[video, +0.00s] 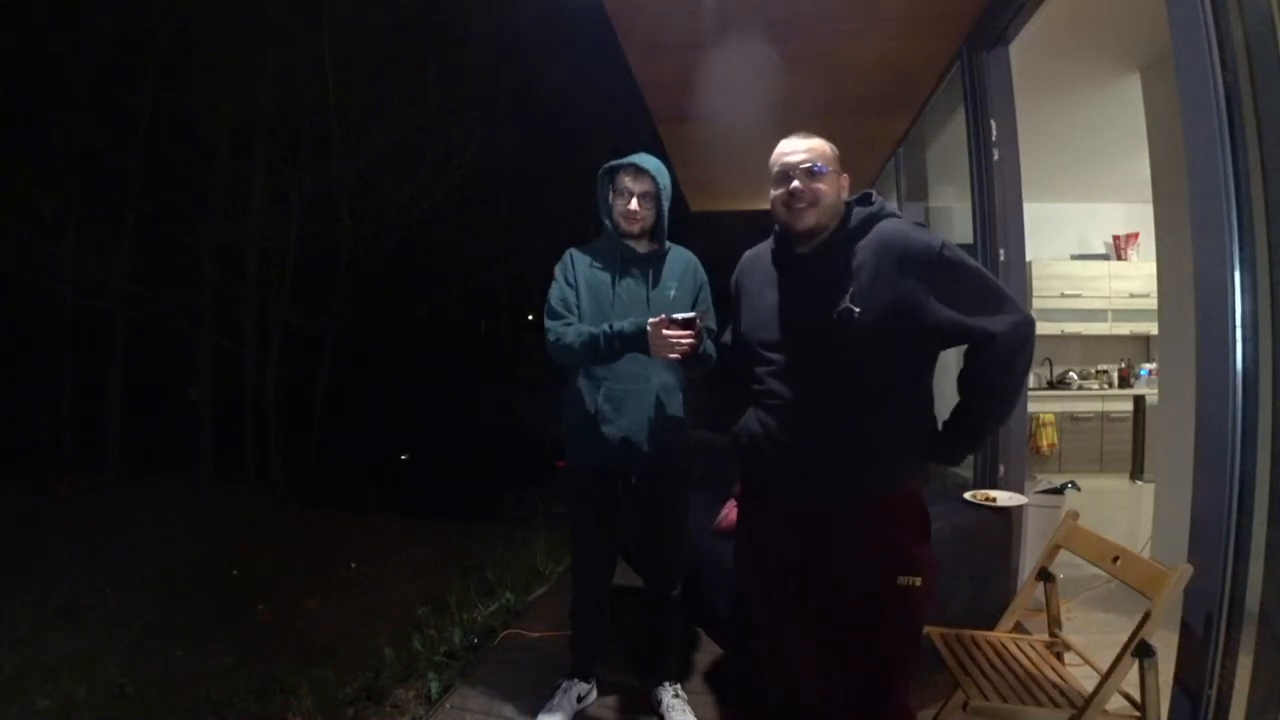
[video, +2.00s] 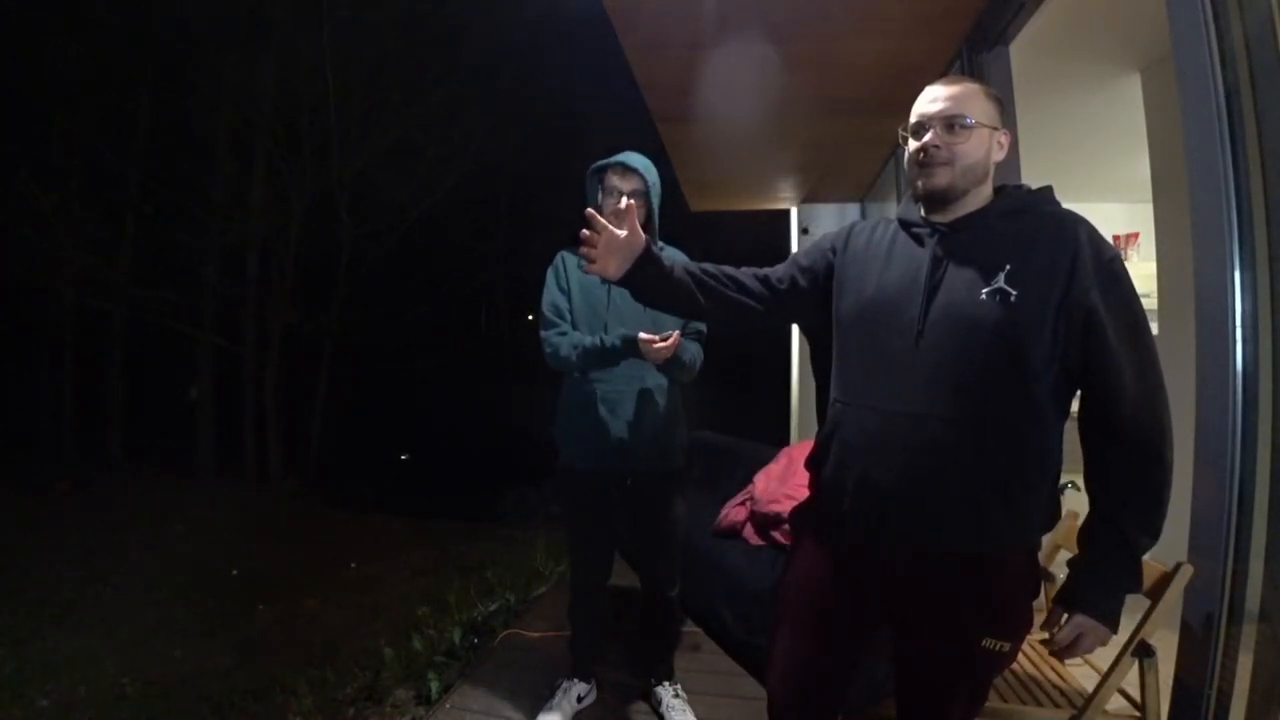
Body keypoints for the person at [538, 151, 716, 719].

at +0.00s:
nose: (633, 206)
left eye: (645, 197)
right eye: (623, 196)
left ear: (661, 204)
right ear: (608, 202)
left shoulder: (685, 266)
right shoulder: (577, 264)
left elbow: (709, 349)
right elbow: (558, 341)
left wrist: (695, 346)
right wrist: (637, 336)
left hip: (664, 442)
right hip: (594, 441)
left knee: (665, 564)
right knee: (590, 564)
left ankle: (668, 682)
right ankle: (581, 679)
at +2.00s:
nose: (625, 207)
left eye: (636, 197)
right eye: (615, 196)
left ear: (651, 204)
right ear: (595, 201)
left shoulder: (672, 267)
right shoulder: (568, 266)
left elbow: (695, 356)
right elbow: (556, 348)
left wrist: (673, 347)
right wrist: (628, 344)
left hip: (656, 445)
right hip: (588, 443)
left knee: (660, 566)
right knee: (588, 565)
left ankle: (661, 678)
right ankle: (582, 677)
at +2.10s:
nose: (627, 206)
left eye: (638, 197)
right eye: (616, 195)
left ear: (653, 204)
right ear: (598, 200)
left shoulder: (673, 265)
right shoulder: (569, 265)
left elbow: (697, 357)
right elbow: (558, 348)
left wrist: (675, 346)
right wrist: (630, 343)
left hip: (657, 444)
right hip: (589, 442)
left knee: (660, 565)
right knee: (589, 564)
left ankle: (661, 678)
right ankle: (582, 678)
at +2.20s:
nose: (629, 206)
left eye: (640, 196)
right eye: (618, 195)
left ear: (655, 203)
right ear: (600, 200)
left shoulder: (675, 265)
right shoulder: (571, 265)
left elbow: (698, 357)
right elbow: (558, 349)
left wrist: (677, 346)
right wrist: (630, 343)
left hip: (660, 443)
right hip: (592, 442)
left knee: (661, 564)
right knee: (589, 563)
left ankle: (663, 680)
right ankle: (580, 679)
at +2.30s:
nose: (630, 207)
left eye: (640, 197)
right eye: (619, 196)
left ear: (656, 202)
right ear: (601, 201)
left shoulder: (676, 264)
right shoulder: (572, 264)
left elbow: (699, 357)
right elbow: (558, 348)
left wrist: (676, 346)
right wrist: (629, 343)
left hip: (660, 443)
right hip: (592, 442)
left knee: (661, 564)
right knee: (589, 563)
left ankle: (663, 679)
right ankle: (580, 679)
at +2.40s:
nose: (629, 206)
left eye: (640, 197)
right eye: (618, 195)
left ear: (656, 203)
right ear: (601, 200)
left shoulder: (677, 265)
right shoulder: (573, 264)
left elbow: (700, 355)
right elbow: (558, 348)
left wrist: (676, 347)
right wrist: (625, 342)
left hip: (659, 441)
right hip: (592, 440)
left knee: (661, 562)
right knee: (589, 561)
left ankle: (663, 679)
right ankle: (581, 678)